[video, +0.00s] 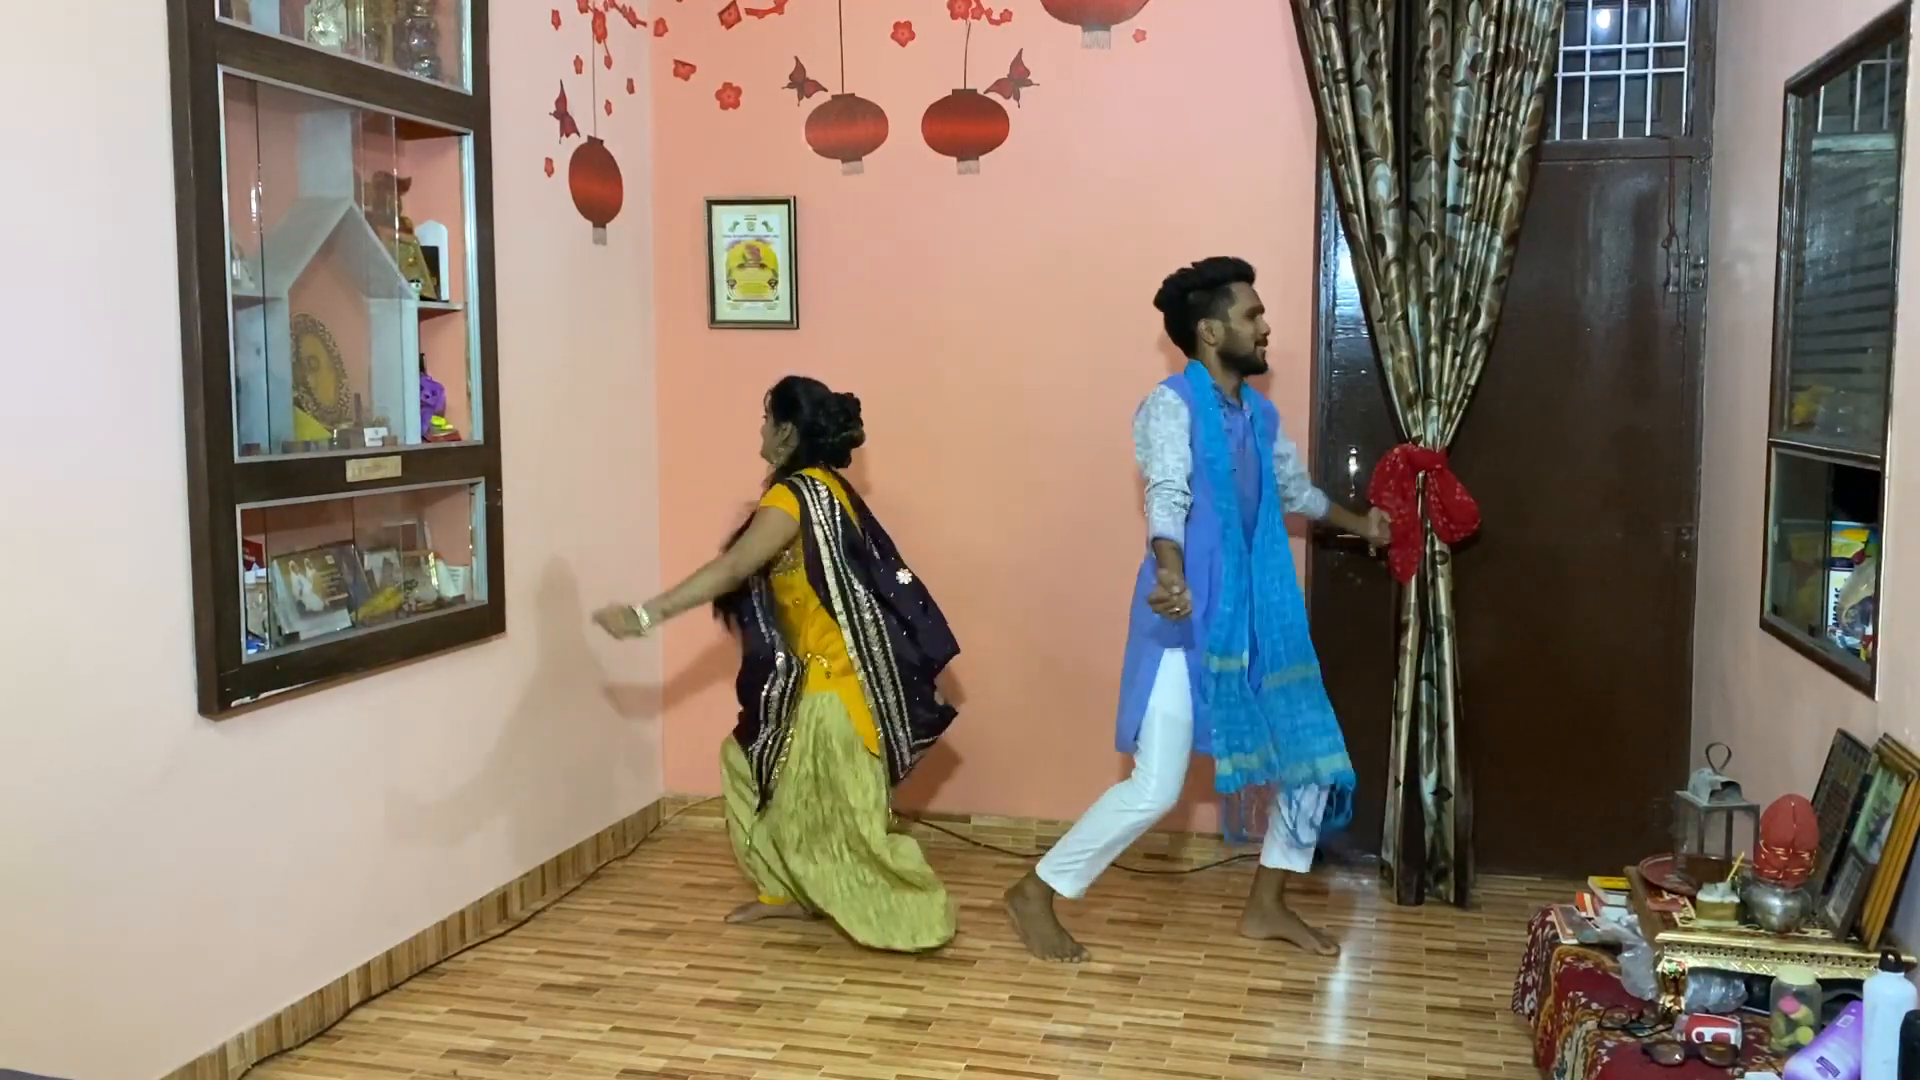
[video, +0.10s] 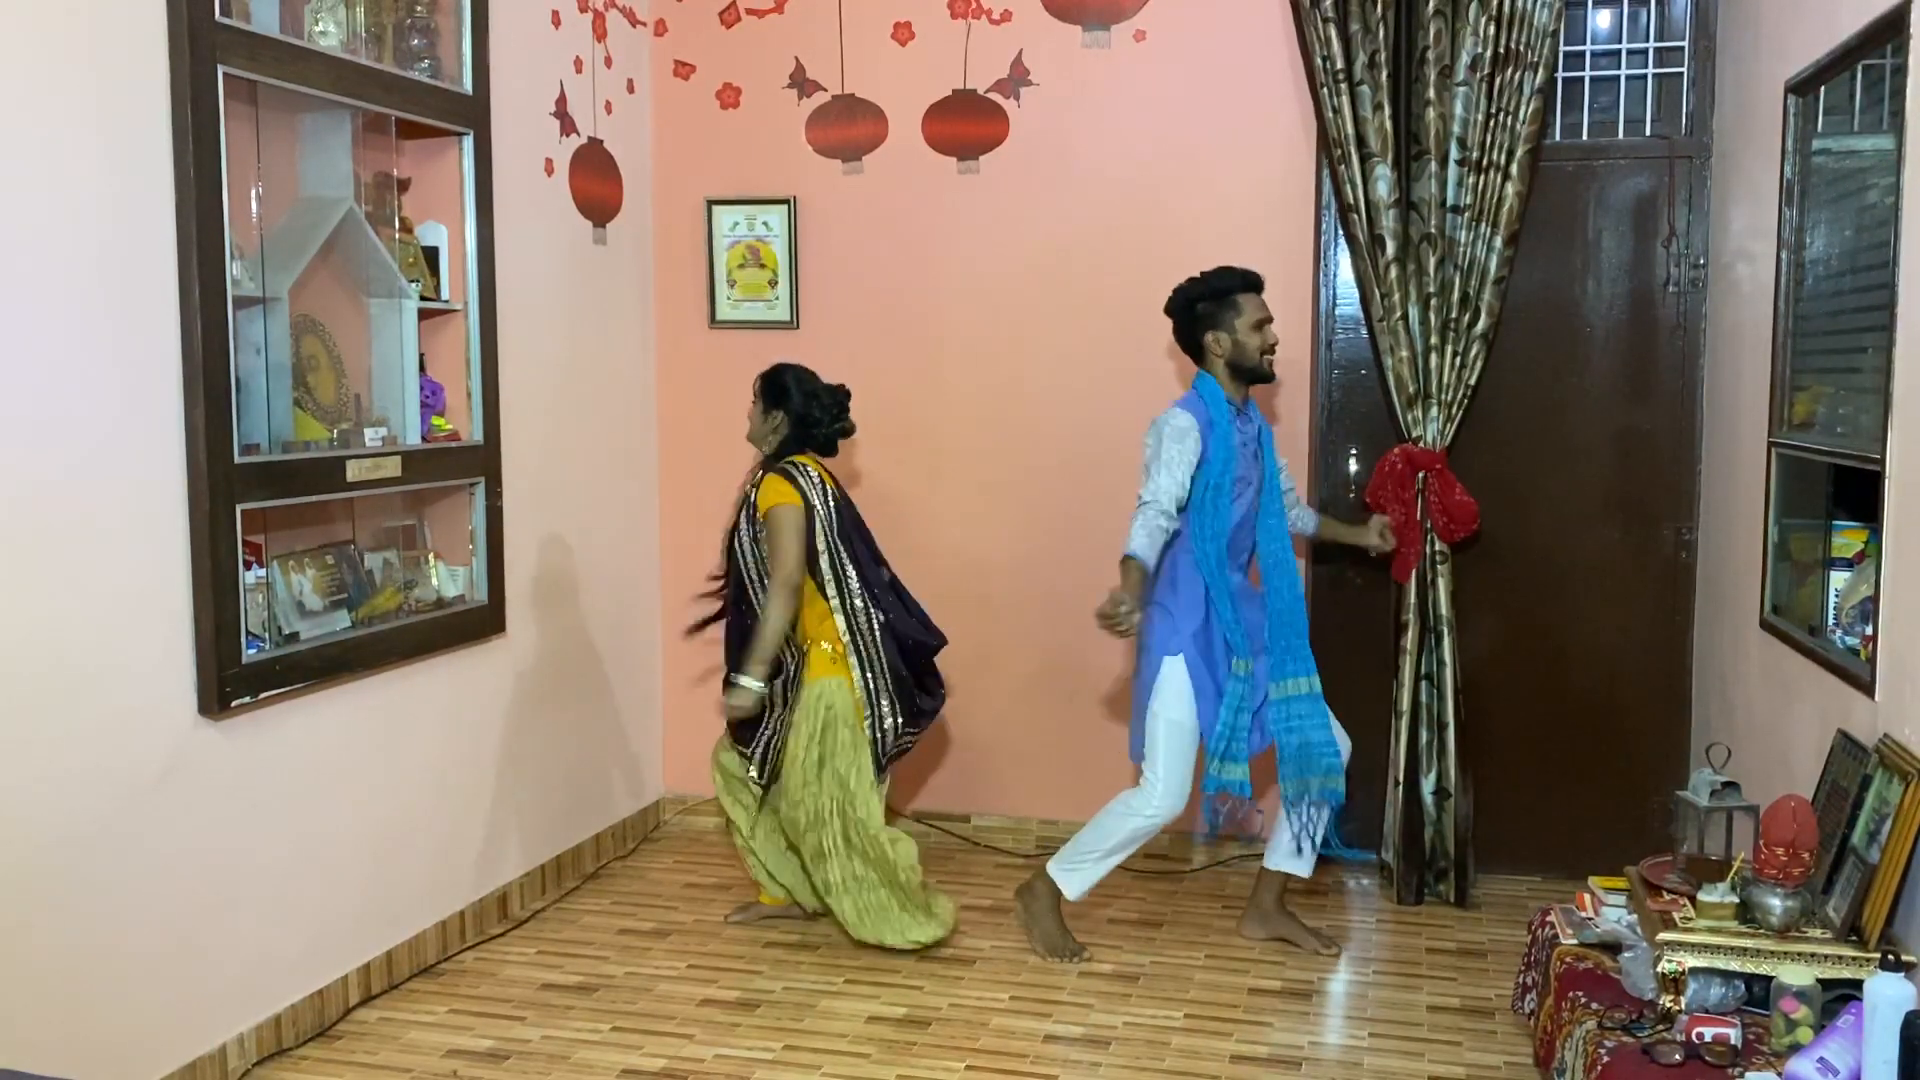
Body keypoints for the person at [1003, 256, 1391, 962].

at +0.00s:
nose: (1266, 325)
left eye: (1262, 313)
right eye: (1252, 315)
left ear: (1228, 328)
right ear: (1208, 332)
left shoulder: (1260, 414)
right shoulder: (1170, 407)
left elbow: (1295, 491)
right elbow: (1166, 496)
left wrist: (1361, 521)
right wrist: (1170, 572)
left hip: (1259, 619)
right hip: (1186, 615)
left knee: (1313, 757)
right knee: (1158, 787)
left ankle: (1268, 902)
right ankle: (1038, 892)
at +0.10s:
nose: (1274, 336)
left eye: (1271, 324)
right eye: (1260, 327)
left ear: (1234, 339)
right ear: (1214, 343)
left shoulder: (1253, 427)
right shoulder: (1182, 427)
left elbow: (1284, 511)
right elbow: (1153, 517)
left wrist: (1359, 535)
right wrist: (1132, 591)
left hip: (1250, 627)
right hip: (1183, 629)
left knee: (1325, 748)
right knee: (1165, 795)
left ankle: (1269, 903)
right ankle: (1046, 890)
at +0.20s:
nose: (1267, 348)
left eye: (1267, 334)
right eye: (1248, 339)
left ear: (1270, 338)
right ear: (1204, 360)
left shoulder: (1255, 433)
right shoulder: (1190, 436)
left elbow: (1278, 535)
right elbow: (1145, 524)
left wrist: (1370, 567)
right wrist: (1117, 601)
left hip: (1248, 637)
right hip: (1182, 642)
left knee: (1337, 749)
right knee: (1158, 800)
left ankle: (1267, 903)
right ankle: (1056, 892)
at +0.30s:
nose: (1191, 364)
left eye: (1207, 350)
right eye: (1184, 353)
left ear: (1252, 357)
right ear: (1179, 360)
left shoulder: (1278, 452)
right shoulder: (1162, 447)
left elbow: (1291, 565)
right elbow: (1136, 548)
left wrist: (1339, 654)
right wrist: (1138, 640)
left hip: (1256, 652)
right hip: (1174, 652)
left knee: (1344, 758)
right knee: (1143, 800)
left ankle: (1269, 902)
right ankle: (1101, 906)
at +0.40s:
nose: (1167, 370)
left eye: (1181, 357)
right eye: (1168, 357)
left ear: (1231, 366)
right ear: (1213, 368)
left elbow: (1317, 569)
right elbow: (1120, 558)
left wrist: (1324, 670)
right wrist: (1127, 647)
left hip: (1257, 660)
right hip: (1159, 656)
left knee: (1347, 775)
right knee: (1106, 797)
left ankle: (1272, 899)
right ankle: (1099, 899)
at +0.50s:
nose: (1170, 352)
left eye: (1183, 340)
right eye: (1171, 339)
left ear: (1232, 350)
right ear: (1218, 351)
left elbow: (1369, 522)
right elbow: (1092, 512)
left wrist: (1304, 579)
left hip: (1247, 645)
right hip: (1153, 637)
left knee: (1327, 780)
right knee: (1088, 775)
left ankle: (1271, 903)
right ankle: (1090, 902)